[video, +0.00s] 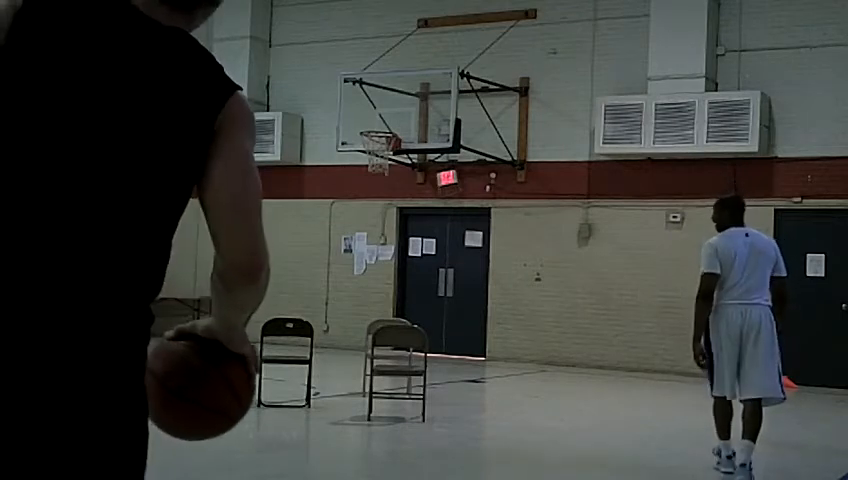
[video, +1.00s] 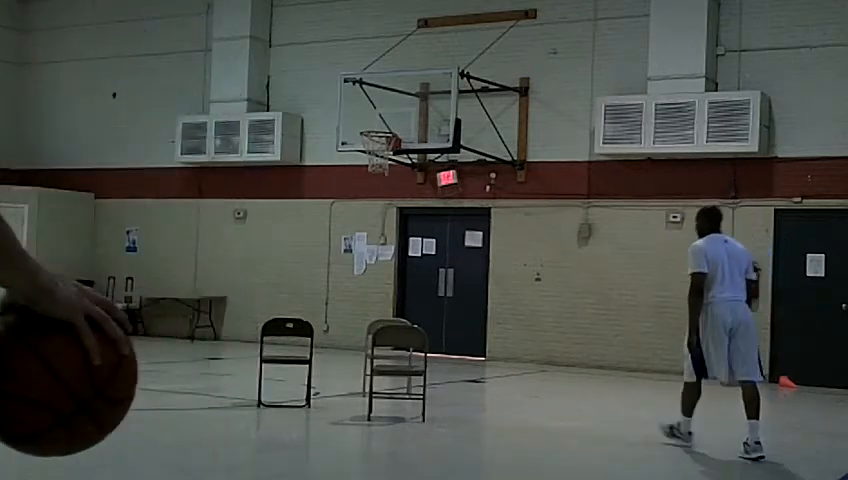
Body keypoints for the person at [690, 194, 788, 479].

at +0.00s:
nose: (712, 217)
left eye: (715, 212)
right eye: (713, 211)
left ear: (724, 214)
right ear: (741, 213)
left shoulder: (715, 245)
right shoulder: (769, 243)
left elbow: (706, 293)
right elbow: (779, 291)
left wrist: (697, 339)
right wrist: (774, 324)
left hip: (725, 317)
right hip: (760, 317)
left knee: (721, 390)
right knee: (754, 393)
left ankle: (726, 455)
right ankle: (744, 462)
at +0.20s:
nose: (707, 218)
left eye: (709, 213)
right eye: (708, 213)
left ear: (719, 214)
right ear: (734, 213)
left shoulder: (711, 245)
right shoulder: (764, 242)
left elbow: (702, 294)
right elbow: (774, 289)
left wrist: (694, 340)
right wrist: (770, 321)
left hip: (723, 313)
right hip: (757, 314)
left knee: (720, 386)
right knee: (754, 385)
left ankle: (726, 455)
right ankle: (756, 434)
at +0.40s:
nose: (709, 217)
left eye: (712, 213)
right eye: (711, 212)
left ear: (720, 214)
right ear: (736, 213)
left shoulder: (709, 243)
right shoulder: (763, 241)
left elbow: (696, 289)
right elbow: (773, 287)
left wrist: (687, 323)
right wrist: (772, 325)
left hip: (720, 310)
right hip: (754, 311)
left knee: (721, 385)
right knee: (754, 384)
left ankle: (726, 453)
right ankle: (762, 447)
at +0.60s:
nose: (714, 222)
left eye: (716, 218)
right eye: (715, 217)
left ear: (723, 219)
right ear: (739, 220)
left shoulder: (712, 247)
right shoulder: (763, 248)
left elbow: (697, 291)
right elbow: (774, 292)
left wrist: (683, 320)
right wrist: (775, 326)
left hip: (721, 313)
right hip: (755, 314)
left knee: (718, 383)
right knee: (752, 383)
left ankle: (725, 445)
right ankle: (755, 444)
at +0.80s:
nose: (713, 222)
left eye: (715, 218)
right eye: (714, 217)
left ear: (719, 218)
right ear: (737, 219)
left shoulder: (712, 242)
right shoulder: (759, 246)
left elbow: (700, 288)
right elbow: (765, 295)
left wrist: (689, 328)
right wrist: (769, 334)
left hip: (719, 311)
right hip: (751, 313)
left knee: (700, 375)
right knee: (749, 379)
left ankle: (716, 426)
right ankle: (755, 443)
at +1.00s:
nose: (695, 226)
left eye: (697, 222)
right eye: (697, 221)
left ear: (702, 223)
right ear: (720, 224)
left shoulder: (700, 247)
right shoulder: (741, 248)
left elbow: (697, 289)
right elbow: (752, 291)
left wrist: (692, 330)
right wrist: (738, 312)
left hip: (713, 313)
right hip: (742, 312)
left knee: (693, 371)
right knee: (748, 378)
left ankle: (684, 427)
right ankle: (754, 441)